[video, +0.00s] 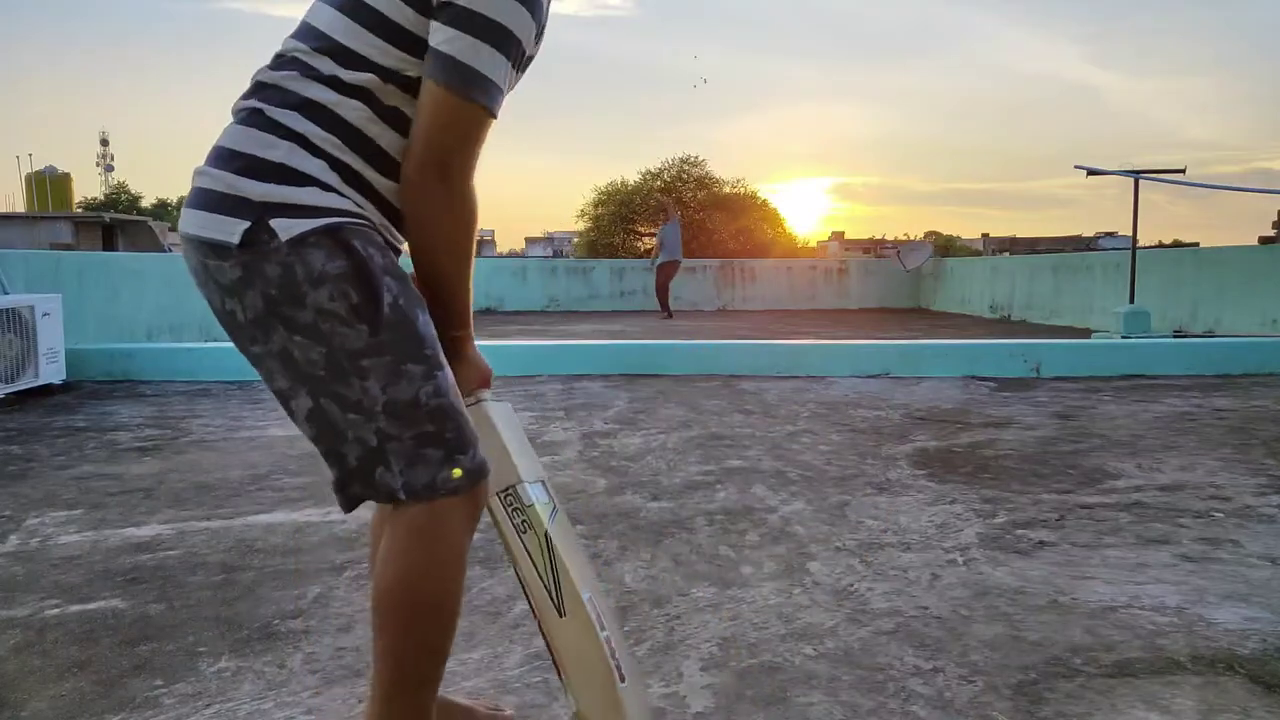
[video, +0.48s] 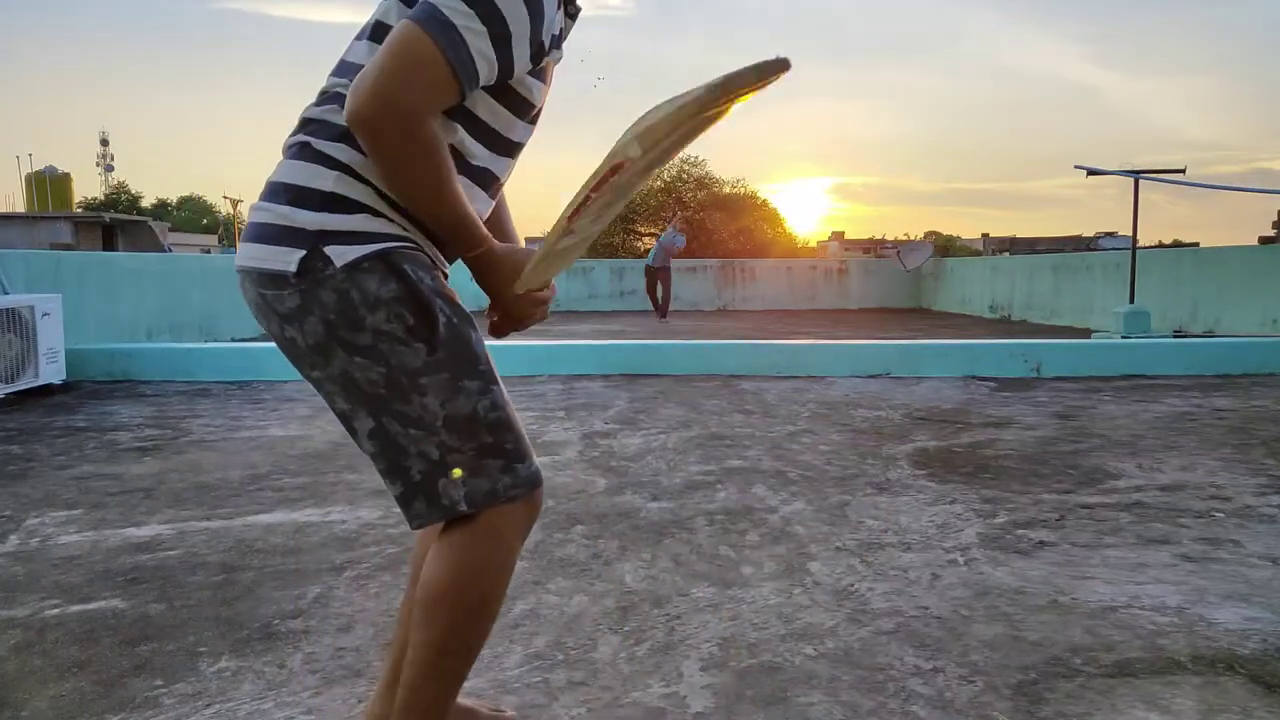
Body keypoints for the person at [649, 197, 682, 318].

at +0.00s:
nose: (663, 217)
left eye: (665, 215)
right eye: (661, 215)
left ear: (669, 215)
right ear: (660, 217)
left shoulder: (673, 223)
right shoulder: (661, 230)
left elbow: (669, 206)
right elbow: (657, 246)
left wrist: (660, 197)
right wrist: (652, 260)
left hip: (673, 257)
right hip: (663, 258)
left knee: (663, 284)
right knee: (660, 285)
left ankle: (667, 311)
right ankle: (665, 311)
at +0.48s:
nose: (681, 225)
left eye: (684, 224)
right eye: (681, 222)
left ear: (686, 229)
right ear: (678, 223)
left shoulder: (681, 239)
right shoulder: (670, 231)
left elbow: (674, 252)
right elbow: (671, 224)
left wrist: (660, 243)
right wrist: (676, 218)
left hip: (663, 265)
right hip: (650, 264)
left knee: (666, 291)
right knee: (650, 291)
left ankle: (663, 315)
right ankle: (658, 310)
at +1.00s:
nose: (693, 242)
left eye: (695, 240)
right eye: (691, 239)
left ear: (696, 242)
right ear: (686, 238)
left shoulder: (691, 251)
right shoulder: (677, 246)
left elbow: (676, 260)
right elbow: (672, 260)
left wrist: (667, 272)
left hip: (669, 266)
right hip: (655, 264)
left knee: (668, 293)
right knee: (648, 285)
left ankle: (663, 316)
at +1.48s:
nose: (695, 210)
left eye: (698, 208)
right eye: (693, 207)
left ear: (701, 210)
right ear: (689, 209)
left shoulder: (703, 224)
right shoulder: (682, 220)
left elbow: (708, 240)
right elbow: (671, 228)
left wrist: (710, 254)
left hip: (693, 258)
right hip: (679, 256)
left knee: (696, 286)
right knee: (677, 287)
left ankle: (701, 313)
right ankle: (676, 314)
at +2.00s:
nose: (696, 209)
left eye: (698, 206)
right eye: (694, 206)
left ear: (702, 208)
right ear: (691, 208)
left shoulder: (709, 224)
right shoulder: (686, 223)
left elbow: (717, 240)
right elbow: (674, 235)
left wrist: (717, 255)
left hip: (703, 262)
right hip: (689, 261)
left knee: (707, 291)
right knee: (687, 290)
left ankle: (710, 314)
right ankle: (683, 315)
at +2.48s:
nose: (693, 212)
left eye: (696, 209)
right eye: (691, 209)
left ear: (701, 209)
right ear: (687, 209)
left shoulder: (705, 222)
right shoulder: (684, 222)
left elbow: (716, 233)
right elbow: (672, 229)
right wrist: (664, 232)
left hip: (701, 260)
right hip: (687, 260)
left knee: (705, 290)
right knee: (686, 290)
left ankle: (710, 314)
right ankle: (682, 316)